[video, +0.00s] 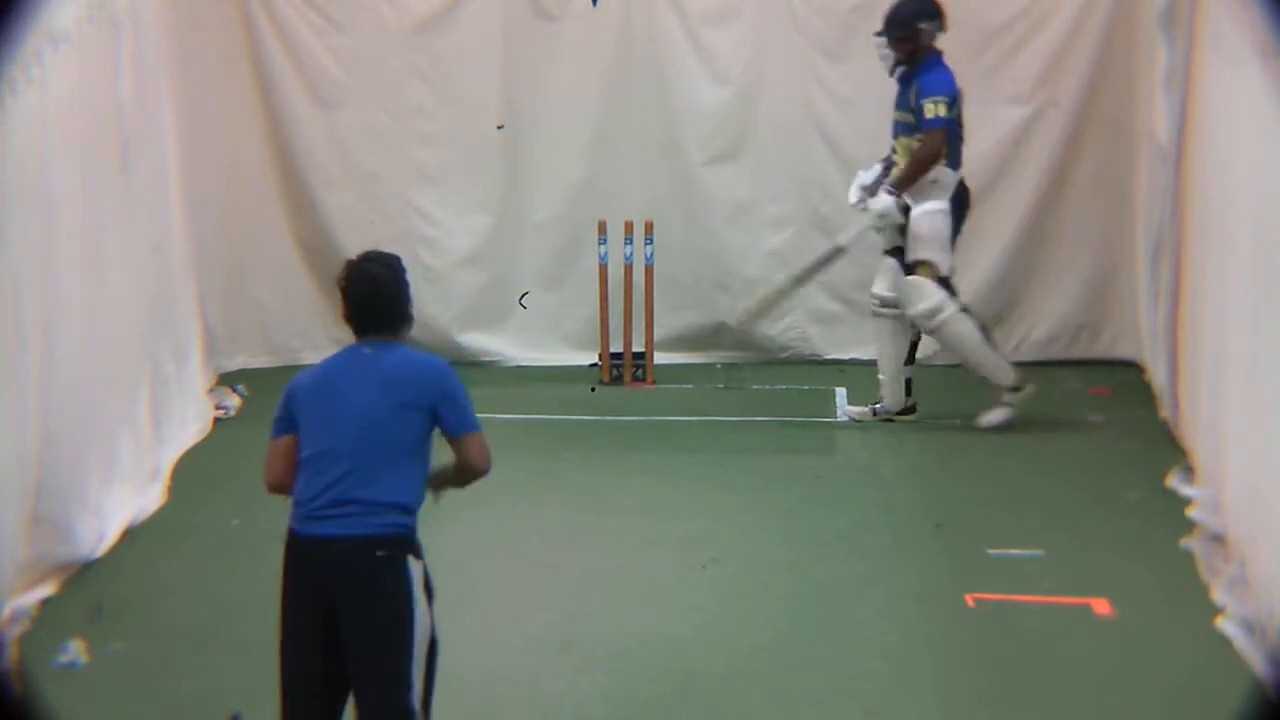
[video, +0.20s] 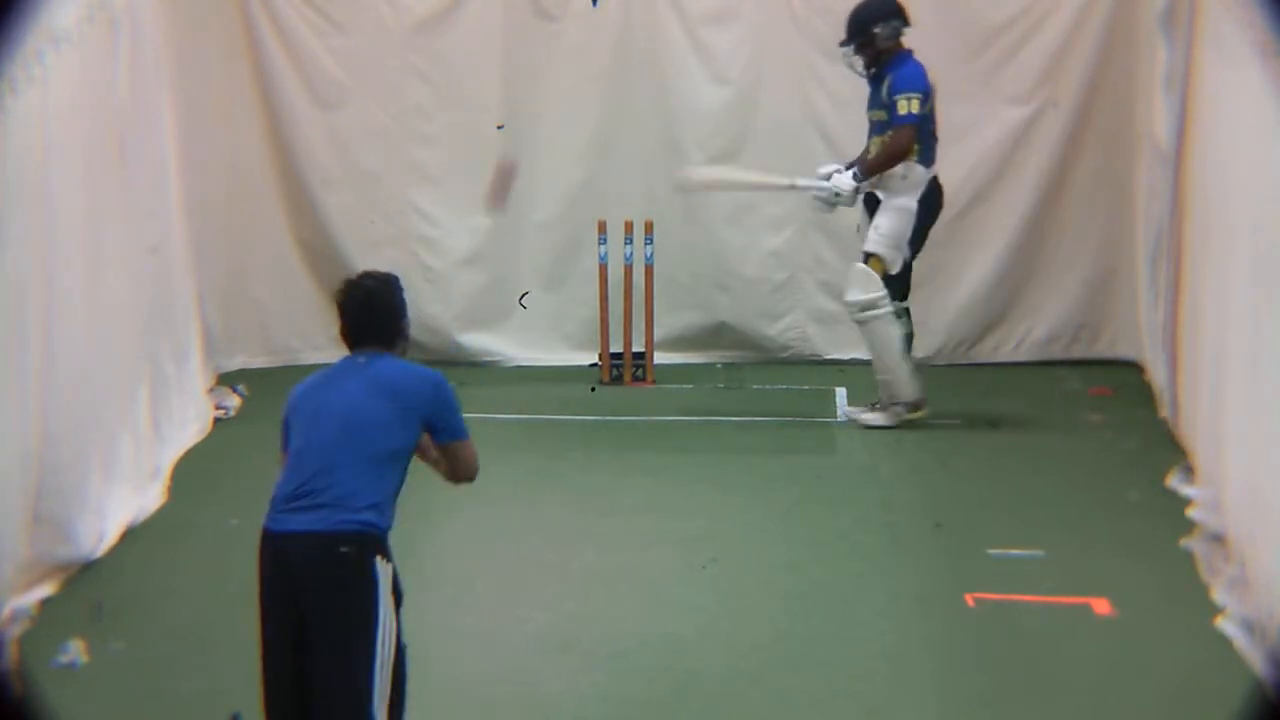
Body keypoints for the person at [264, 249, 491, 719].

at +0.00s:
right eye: (406, 298)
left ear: (346, 311)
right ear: (407, 310)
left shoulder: (308, 381)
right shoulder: (431, 373)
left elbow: (278, 477)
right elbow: (476, 461)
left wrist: (338, 473)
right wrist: (435, 478)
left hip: (310, 565)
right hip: (383, 565)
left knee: (307, 703)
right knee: (391, 704)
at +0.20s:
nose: (406, 324)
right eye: (404, 317)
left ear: (344, 331)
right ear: (403, 327)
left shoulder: (305, 389)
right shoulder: (424, 384)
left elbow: (289, 462)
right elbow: (463, 470)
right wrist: (419, 439)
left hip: (280, 550)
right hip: (352, 550)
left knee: (287, 685)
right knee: (365, 688)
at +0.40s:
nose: (416, 333)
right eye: (415, 324)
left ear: (350, 338)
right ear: (409, 334)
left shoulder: (308, 393)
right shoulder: (427, 394)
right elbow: (430, 499)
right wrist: (392, 540)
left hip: (273, 547)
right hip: (341, 551)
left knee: (280, 693)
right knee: (330, 699)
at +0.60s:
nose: (435, 331)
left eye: (431, 321)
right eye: (432, 322)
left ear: (370, 335)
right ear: (423, 331)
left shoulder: (331, 389)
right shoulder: (424, 385)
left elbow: (330, 475)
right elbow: (428, 479)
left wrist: (380, 543)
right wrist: (388, 531)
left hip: (273, 543)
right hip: (331, 549)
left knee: (284, 693)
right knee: (319, 698)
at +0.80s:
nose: (448, 322)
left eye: (444, 311)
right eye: (444, 312)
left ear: (387, 324)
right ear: (431, 321)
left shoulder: (382, 377)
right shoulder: (395, 383)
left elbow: (386, 479)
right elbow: (376, 474)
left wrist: (447, 510)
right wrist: (423, 515)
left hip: (311, 560)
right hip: (312, 562)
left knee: (327, 704)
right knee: (320, 708)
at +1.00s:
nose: (448, 335)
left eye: (448, 324)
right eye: (443, 323)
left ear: (412, 323)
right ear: (409, 322)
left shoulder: (411, 396)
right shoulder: (353, 391)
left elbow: (422, 463)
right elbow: (314, 478)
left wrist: (487, 453)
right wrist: (385, 537)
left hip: (373, 581)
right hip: (329, 583)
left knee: (382, 707)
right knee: (345, 712)